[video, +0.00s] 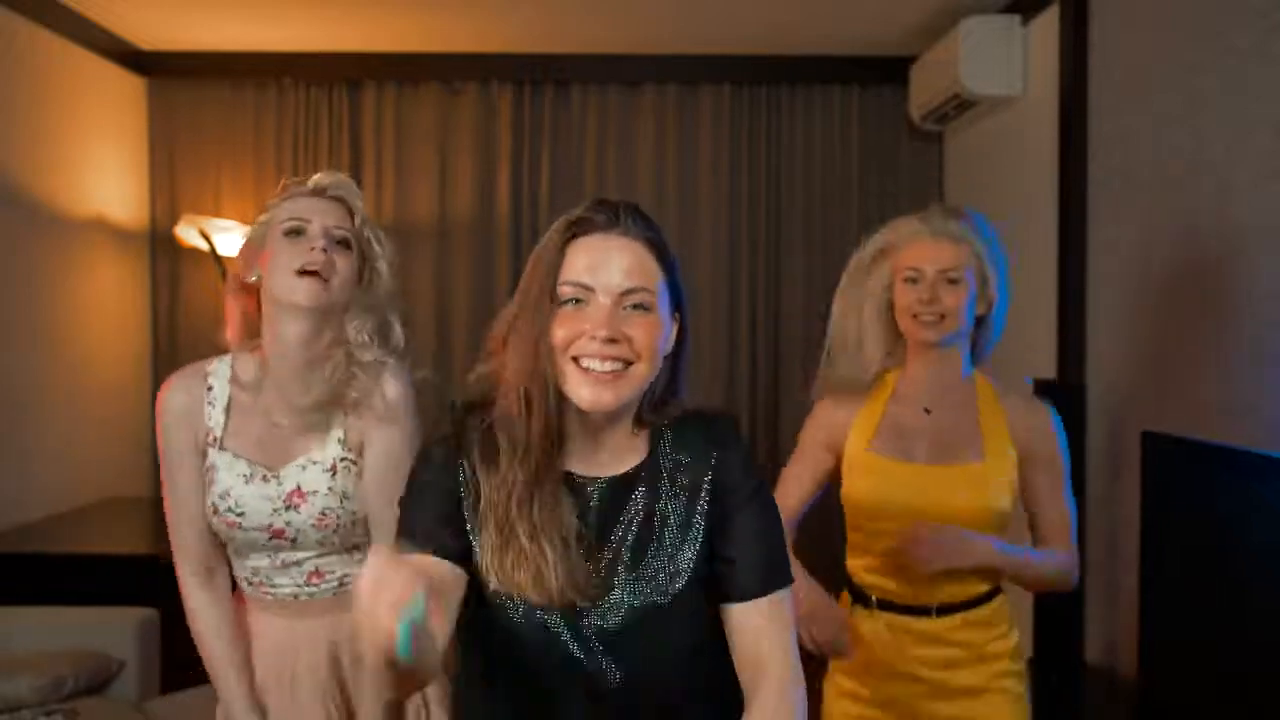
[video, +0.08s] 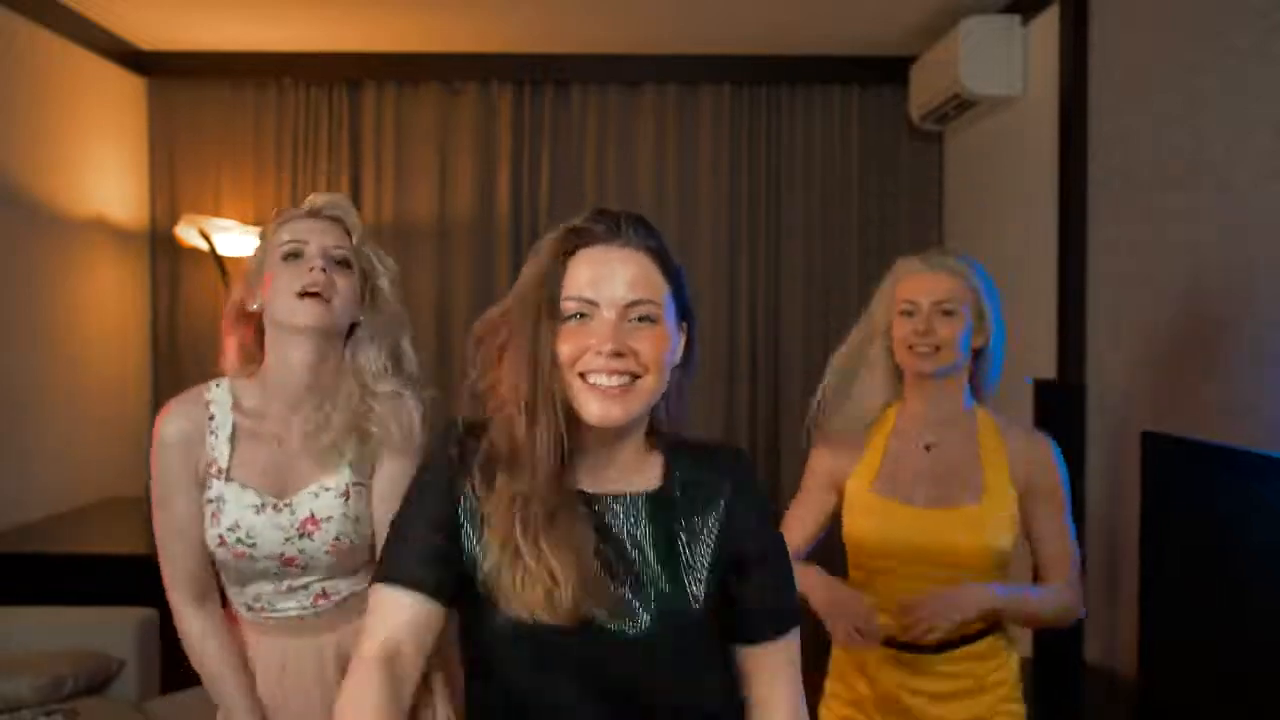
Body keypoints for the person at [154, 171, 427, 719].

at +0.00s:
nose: (319, 248)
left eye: (342, 242)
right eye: (295, 232)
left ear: (359, 284)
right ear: (254, 264)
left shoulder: (380, 394)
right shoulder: (190, 399)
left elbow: (394, 560)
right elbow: (201, 575)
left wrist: (423, 693)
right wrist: (237, 703)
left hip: (367, 653)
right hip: (262, 656)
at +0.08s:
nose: (317, 268)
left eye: (339, 262)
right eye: (292, 255)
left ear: (361, 306)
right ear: (255, 294)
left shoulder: (392, 417)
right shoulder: (188, 426)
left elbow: (405, 585)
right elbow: (194, 602)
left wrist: (440, 703)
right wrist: (242, 710)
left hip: (374, 681)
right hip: (259, 686)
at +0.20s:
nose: (317, 285)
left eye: (340, 277)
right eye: (290, 277)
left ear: (367, 321)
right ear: (261, 318)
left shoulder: (401, 440)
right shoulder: (200, 453)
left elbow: (400, 607)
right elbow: (189, 623)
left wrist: (381, 709)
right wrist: (235, 715)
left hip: (368, 666)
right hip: (255, 676)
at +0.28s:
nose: (316, 274)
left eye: (339, 266)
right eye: (290, 266)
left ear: (368, 309)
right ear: (260, 309)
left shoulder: (407, 432)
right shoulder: (205, 446)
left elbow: (401, 596)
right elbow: (191, 623)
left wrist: (362, 712)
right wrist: (227, 715)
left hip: (366, 663)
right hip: (255, 667)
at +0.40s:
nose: (316, 270)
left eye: (338, 259)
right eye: (290, 261)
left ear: (372, 298)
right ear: (260, 301)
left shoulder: (415, 422)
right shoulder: (216, 442)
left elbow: (415, 566)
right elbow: (196, 620)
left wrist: (348, 699)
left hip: (377, 654)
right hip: (263, 660)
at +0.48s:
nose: (316, 289)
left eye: (339, 279)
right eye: (290, 279)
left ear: (372, 315)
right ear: (258, 319)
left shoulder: (414, 436)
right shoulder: (220, 464)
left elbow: (422, 577)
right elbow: (200, 644)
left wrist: (335, 689)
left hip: (382, 669)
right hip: (271, 669)